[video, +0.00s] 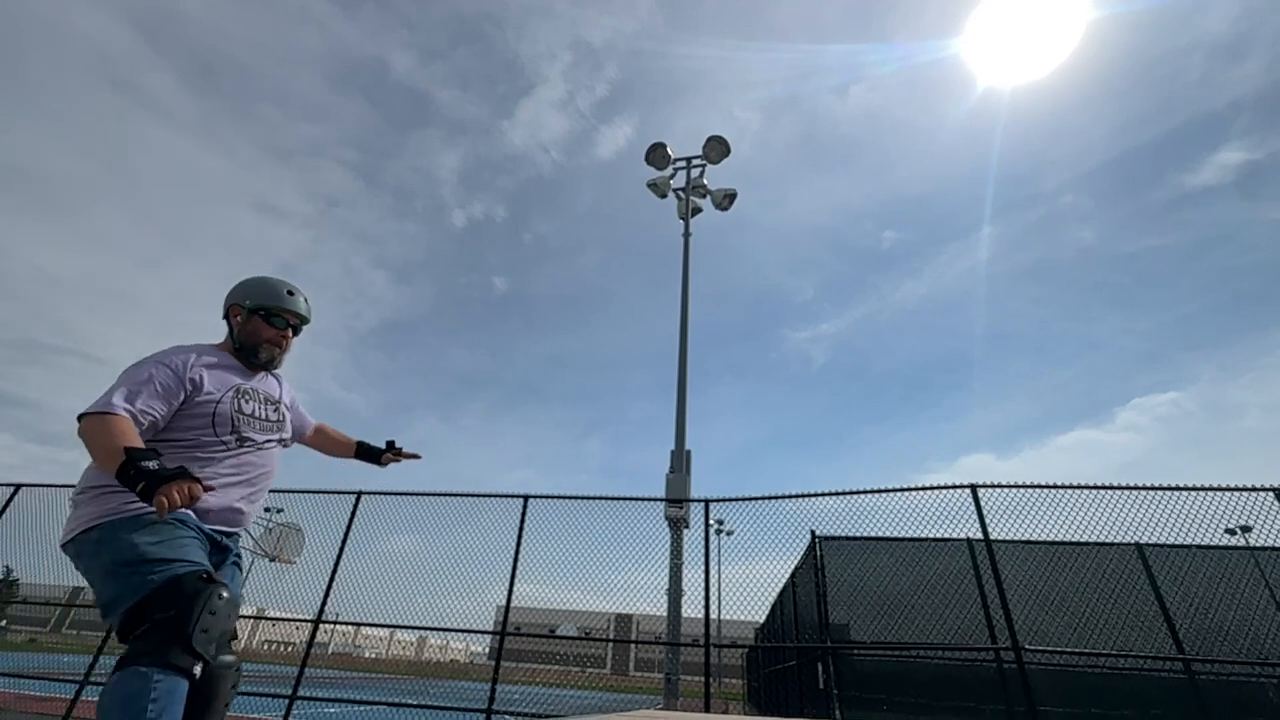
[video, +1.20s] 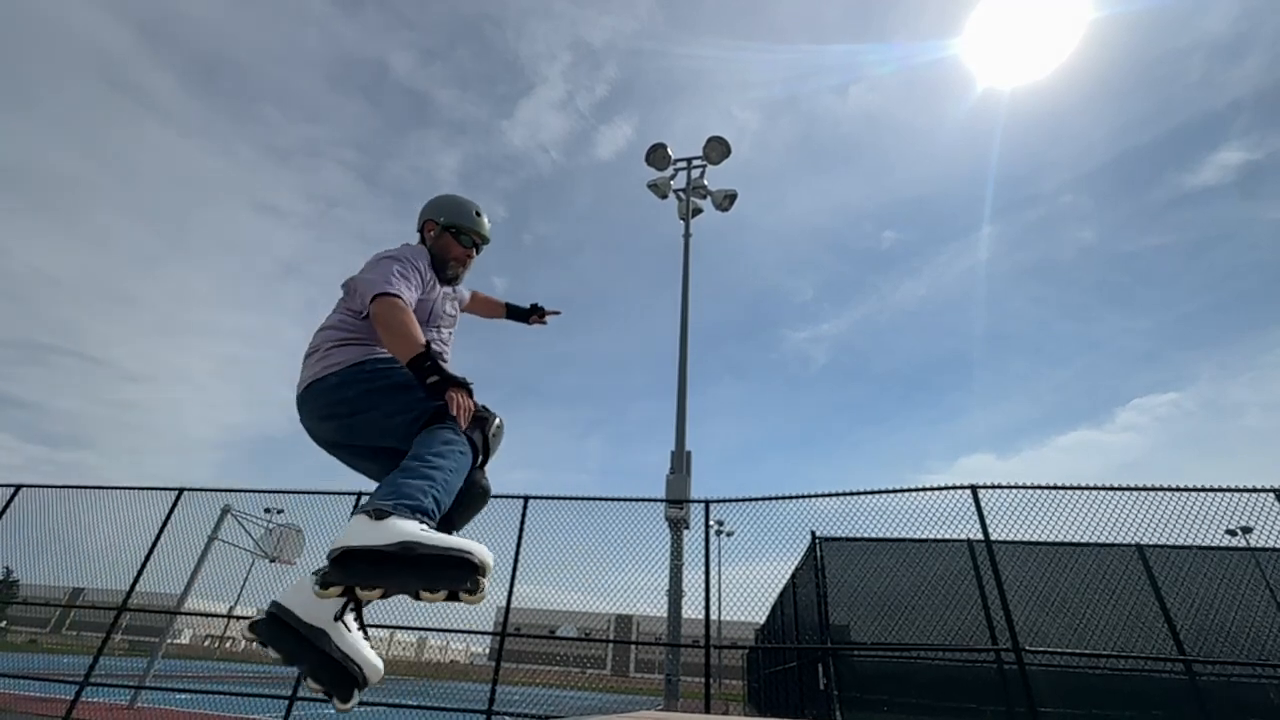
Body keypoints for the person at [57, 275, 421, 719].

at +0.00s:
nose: (286, 335)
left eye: (294, 330)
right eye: (275, 321)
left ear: (296, 339)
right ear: (237, 317)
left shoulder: (278, 393)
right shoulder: (184, 366)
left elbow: (313, 432)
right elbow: (101, 420)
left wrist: (373, 454)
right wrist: (149, 473)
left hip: (217, 538)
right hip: (136, 515)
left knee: (214, 669)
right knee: (187, 612)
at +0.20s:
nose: (319, 316)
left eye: (327, 310)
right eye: (309, 302)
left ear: (329, 319)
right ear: (273, 297)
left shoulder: (312, 373)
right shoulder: (227, 343)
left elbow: (345, 409)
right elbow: (155, 395)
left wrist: (400, 428)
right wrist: (204, 452)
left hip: (250, 509)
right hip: (175, 483)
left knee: (251, 641)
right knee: (235, 568)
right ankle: (199, 708)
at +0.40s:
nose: (352, 301)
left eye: (360, 295)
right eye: (342, 287)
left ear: (361, 304)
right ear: (308, 280)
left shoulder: (342, 354)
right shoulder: (266, 322)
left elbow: (372, 386)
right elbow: (206, 372)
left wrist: (424, 404)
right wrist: (255, 428)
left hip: (280, 477)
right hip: (215, 454)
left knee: (294, 598)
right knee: (278, 536)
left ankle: (262, 706)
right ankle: (257, 707)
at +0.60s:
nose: (384, 287)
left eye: (391, 280)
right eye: (375, 273)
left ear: (393, 289)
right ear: (341, 266)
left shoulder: (372, 338)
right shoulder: (304, 305)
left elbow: (400, 365)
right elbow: (254, 355)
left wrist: (449, 382)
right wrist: (306, 414)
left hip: (286, 449)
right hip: (246, 431)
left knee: (338, 559)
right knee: (331, 497)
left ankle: (284, 686)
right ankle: (300, 678)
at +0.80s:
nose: (413, 274)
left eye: (420, 267)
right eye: (405, 260)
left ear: (421, 273)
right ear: (372, 253)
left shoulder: (399, 321)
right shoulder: (340, 288)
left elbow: (426, 344)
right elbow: (300, 335)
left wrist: (476, 358)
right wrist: (353, 401)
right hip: (282, 408)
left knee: (388, 533)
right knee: (378, 469)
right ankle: (333, 623)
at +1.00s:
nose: (442, 262)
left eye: (449, 256)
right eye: (434, 249)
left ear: (449, 260)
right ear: (402, 240)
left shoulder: (421, 305)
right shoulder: (368, 273)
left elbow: (449, 322)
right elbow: (344, 321)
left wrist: (496, 335)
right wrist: (397, 387)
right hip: (313, 392)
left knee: (429, 510)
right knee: (427, 440)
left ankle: (299, 658)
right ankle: (365, 567)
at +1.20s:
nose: (469, 252)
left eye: (476, 246)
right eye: (461, 239)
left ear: (475, 250)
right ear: (431, 231)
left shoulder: (446, 292)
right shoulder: (403, 261)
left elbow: (475, 302)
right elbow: (388, 311)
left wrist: (521, 313)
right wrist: (436, 376)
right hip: (346, 374)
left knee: (468, 486)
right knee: (465, 423)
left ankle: (330, 596)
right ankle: (393, 511)